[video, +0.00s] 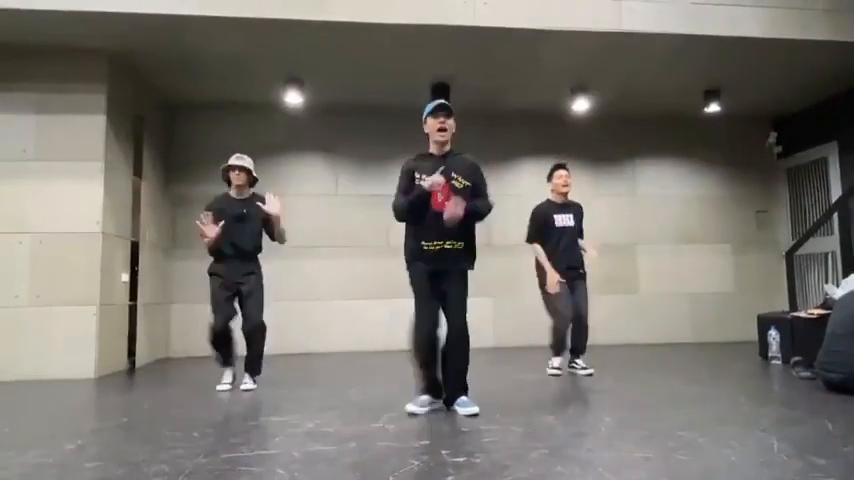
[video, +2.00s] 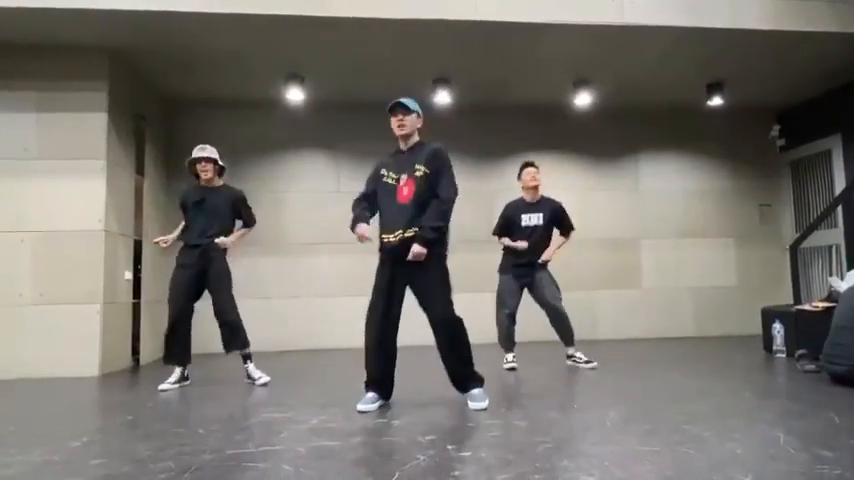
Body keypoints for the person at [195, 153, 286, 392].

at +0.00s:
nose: (237, 174)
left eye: (242, 171)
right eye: (233, 170)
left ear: (251, 176)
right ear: (228, 174)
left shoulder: (261, 203)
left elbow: (279, 239)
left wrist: (275, 217)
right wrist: (211, 238)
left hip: (250, 271)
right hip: (221, 271)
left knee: (254, 324)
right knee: (220, 325)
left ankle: (251, 374)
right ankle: (227, 368)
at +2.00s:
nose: (204, 166)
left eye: (208, 162)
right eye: (199, 163)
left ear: (218, 166)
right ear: (194, 167)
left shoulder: (233, 195)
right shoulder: (189, 195)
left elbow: (249, 222)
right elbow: (188, 221)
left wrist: (231, 239)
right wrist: (172, 236)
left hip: (215, 257)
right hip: (188, 257)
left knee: (226, 310)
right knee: (178, 312)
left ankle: (249, 365)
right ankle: (180, 370)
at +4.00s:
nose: (217, 164)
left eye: (222, 160)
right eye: (213, 161)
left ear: (231, 165)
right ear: (208, 167)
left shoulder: (245, 191)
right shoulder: (203, 196)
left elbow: (260, 226)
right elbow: (190, 225)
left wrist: (267, 208)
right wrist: (165, 209)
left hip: (235, 261)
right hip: (208, 261)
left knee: (249, 315)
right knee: (199, 316)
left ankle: (266, 367)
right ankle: (192, 371)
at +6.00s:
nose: (203, 161)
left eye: (208, 156)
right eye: (200, 157)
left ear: (219, 160)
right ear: (199, 162)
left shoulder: (233, 190)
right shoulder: (201, 192)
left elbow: (245, 222)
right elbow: (198, 231)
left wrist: (251, 244)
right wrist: (179, 254)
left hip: (223, 254)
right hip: (202, 255)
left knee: (221, 310)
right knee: (197, 312)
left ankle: (234, 366)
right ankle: (182, 364)